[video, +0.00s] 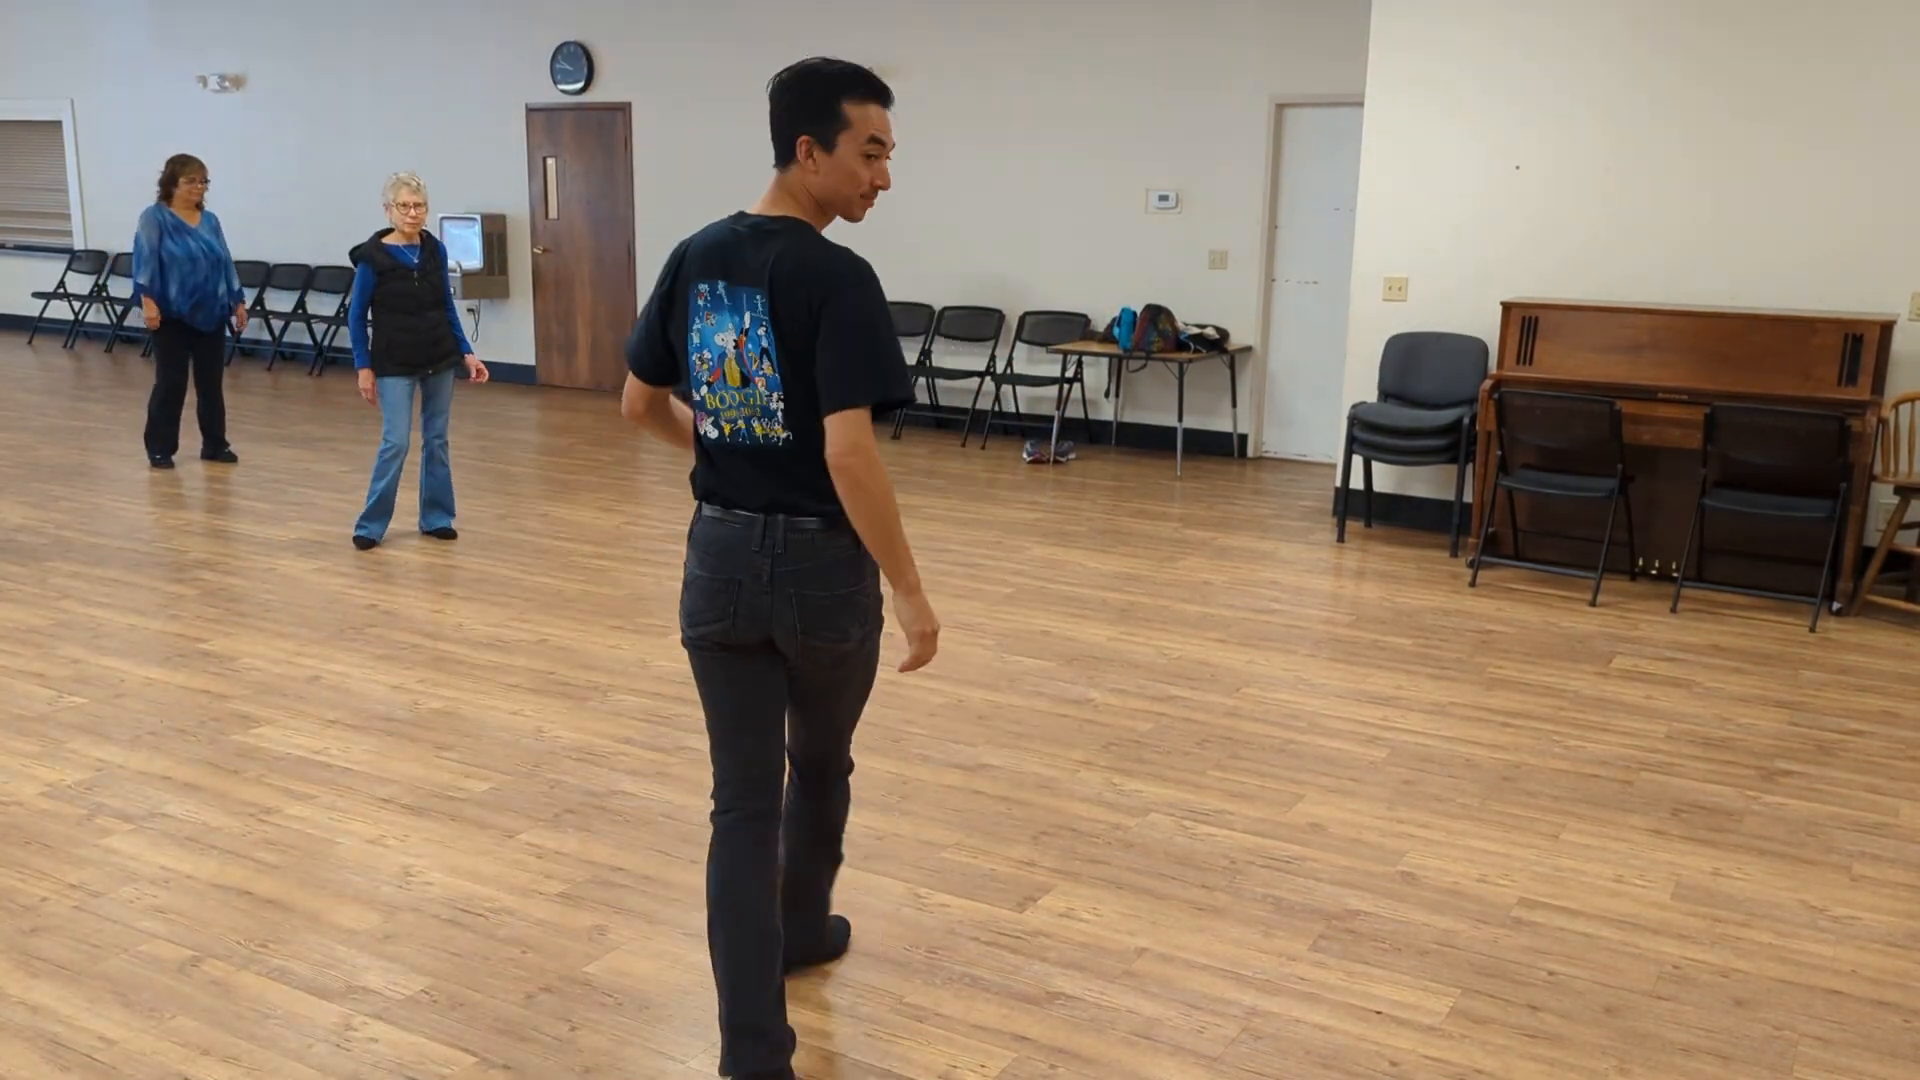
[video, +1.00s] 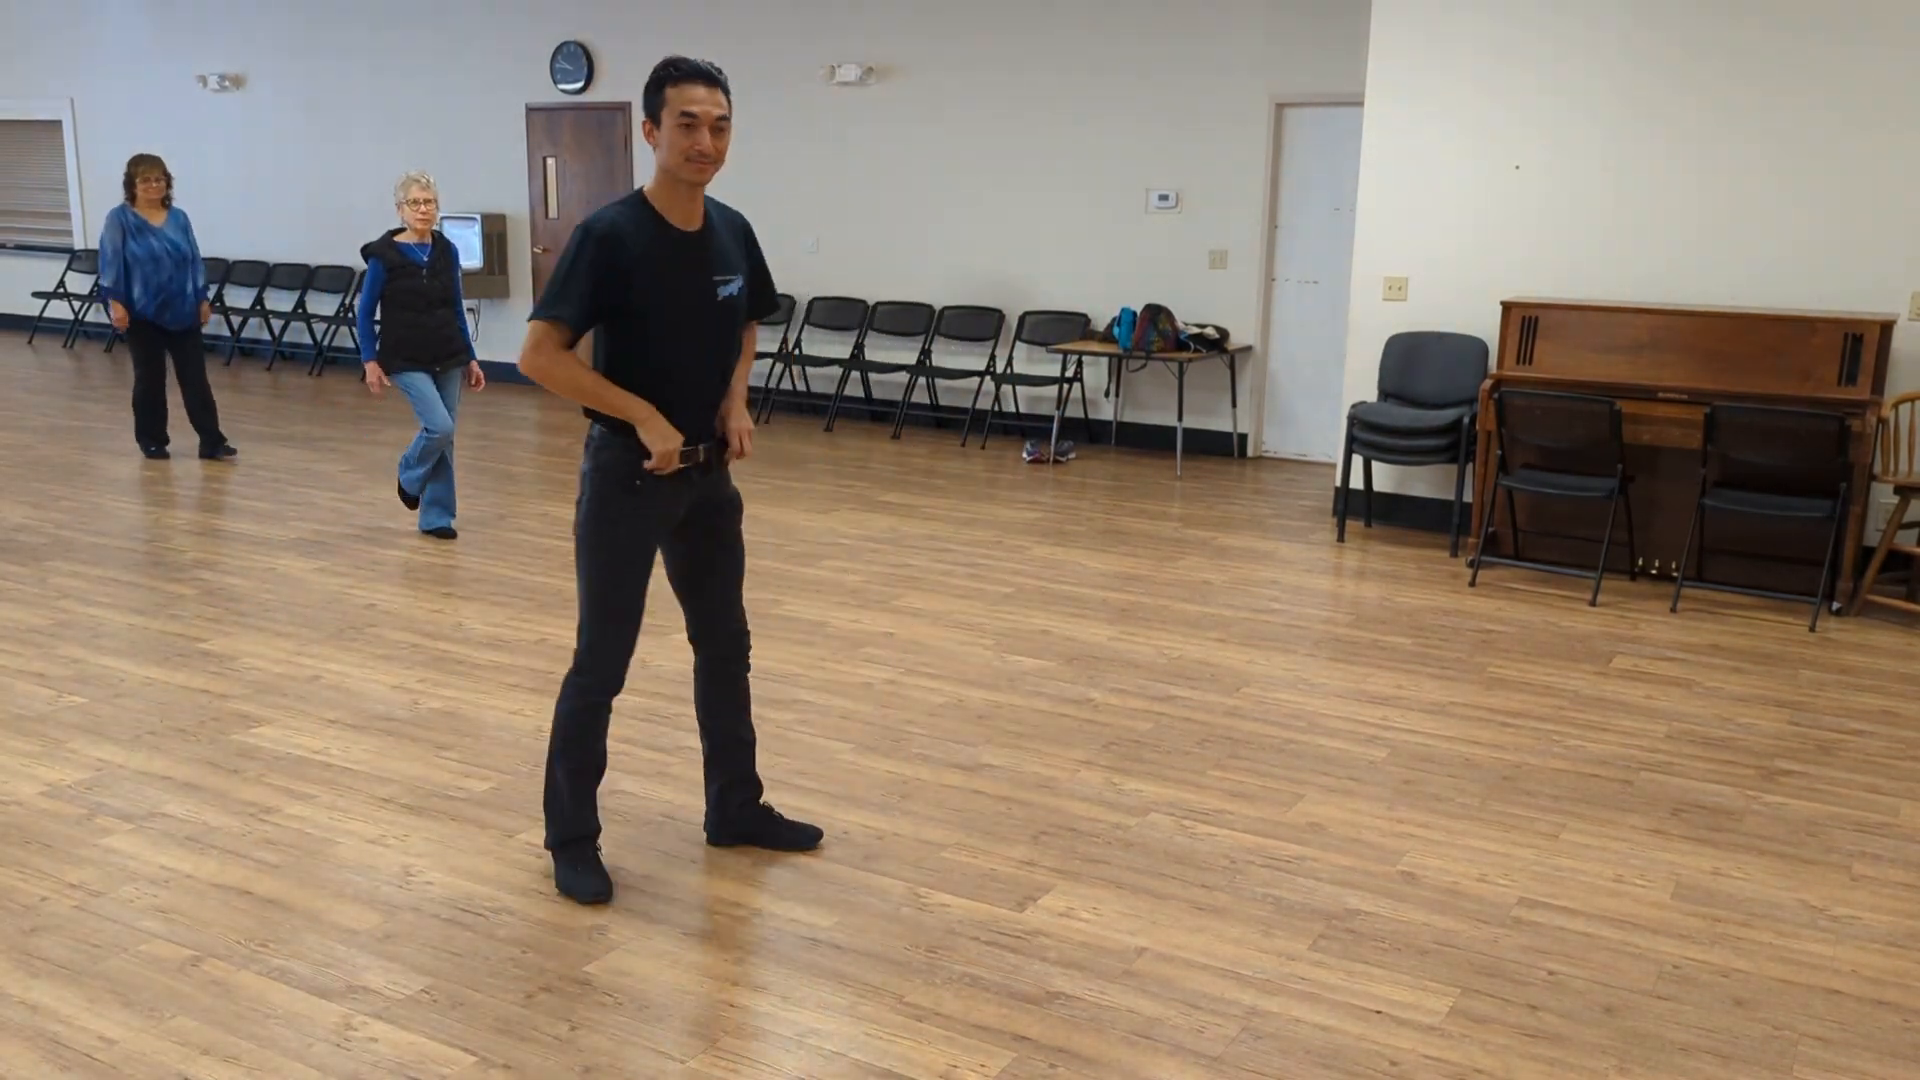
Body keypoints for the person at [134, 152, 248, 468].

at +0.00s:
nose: (201, 187)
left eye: (203, 181)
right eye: (193, 181)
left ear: (205, 184)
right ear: (174, 183)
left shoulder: (209, 220)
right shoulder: (154, 217)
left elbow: (226, 263)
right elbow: (144, 263)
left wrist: (237, 301)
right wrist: (148, 301)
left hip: (210, 314)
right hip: (171, 314)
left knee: (211, 383)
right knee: (171, 384)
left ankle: (215, 445)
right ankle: (160, 451)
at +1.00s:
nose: (154, 184)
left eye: (159, 179)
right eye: (146, 179)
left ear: (167, 183)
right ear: (133, 184)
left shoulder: (178, 217)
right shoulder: (120, 217)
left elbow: (195, 260)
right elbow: (110, 263)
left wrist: (201, 298)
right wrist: (115, 301)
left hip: (183, 310)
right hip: (143, 312)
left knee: (195, 378)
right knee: (150, 379)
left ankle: (211, 441)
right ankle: (152, 441)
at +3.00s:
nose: (166, 183)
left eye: (172, 178)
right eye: (159, 178)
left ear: (180, 183)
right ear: (147, 183)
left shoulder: (189, 218)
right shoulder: (134, 216)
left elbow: (204, 261)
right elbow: (128, 262)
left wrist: (214, 296)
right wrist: (134, 298)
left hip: (192, 308)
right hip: (155, 308)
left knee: (192, 375)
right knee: (157, 375)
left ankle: (193, 436)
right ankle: (152, 440)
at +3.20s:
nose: (165, 183)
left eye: (171, 178)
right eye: (158, 178)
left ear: (179, 183)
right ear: (146, 183)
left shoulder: (188, 218)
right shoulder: (133, 216)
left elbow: (202, 262)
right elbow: (128, 262)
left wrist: (212, 297)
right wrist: (137, 298)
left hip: (192, 308)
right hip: (155, 308)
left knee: (192, 375)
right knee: (157, 375)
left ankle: (193, 436)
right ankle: (152, 440)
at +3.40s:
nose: (165, 183)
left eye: (170, 178)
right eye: (158, 178)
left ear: (179, 183)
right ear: (145, 183)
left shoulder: (187, 218)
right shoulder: (133, 216)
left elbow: (202, 261)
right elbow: (129, 262)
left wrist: (212, 296)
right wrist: (140, 298)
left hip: (191, 308)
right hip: (155, 308)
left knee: (191, 375)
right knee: (157, 375)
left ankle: (193, 436)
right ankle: (152, 440)